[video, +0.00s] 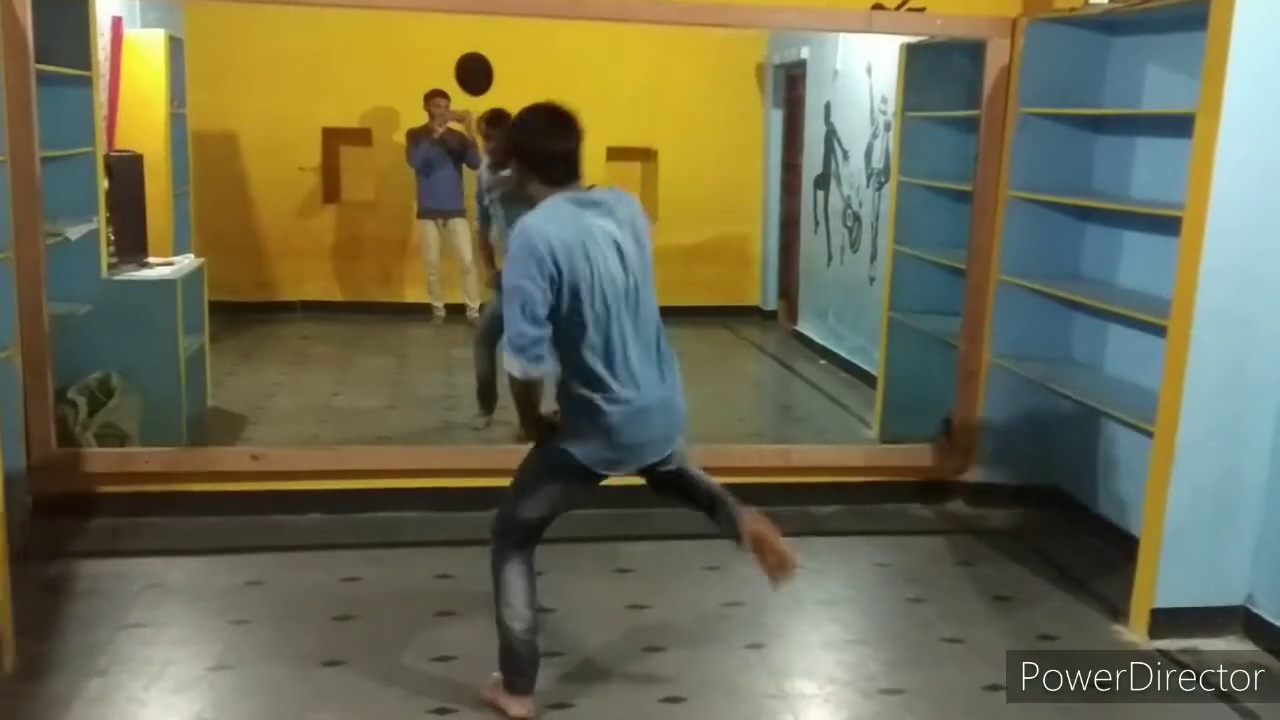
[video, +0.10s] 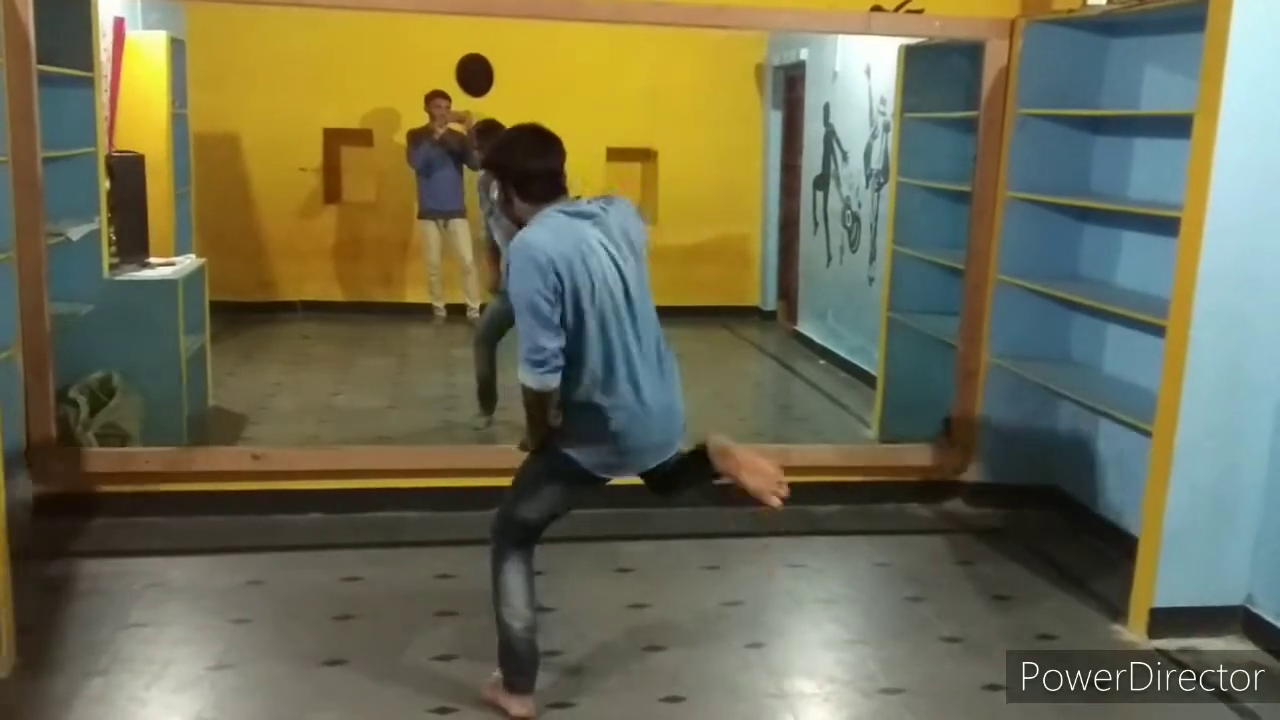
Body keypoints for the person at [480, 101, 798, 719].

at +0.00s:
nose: (503, 175)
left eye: (508, 165)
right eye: (505, 164)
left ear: (525, 170)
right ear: (575, 159)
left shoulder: (533, 233)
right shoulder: (624, 207)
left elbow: (525, 355)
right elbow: (626, 296)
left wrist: (532, 425)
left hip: (598, 425)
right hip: (663, 410)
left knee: (512, 534)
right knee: (665, 471)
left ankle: (517, 687)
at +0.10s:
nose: (495, 199)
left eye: (495, 188)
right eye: (493, 188)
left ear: (509, 191)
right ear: (562, 177)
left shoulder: (530, 250)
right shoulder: (617, 214)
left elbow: (541, 371)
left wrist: (538, 438)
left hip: (598, 430)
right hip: (661, 414)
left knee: (512, 533)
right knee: (666, 479)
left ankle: (517, 687)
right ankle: (720, 460)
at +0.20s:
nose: (511, 184)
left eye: (512, 174)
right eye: (511, 173)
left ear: (524, 175)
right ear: (575, 162)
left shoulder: (534, 227)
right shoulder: (621, 201)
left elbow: (532, 348)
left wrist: (545, 425)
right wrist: (494, 242)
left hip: (607, 414)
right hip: (673, 401)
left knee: (532, 532)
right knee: (708, 475)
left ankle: (520, 687)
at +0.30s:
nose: (529, 157)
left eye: (531, 147)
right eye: (531, 146)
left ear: (543, 150)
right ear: (597, 140)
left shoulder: (545, 207)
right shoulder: (638, 183)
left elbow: (550, 330)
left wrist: (558, 397)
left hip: (616, 399)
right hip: (689, 387)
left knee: (554, 544)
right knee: (746, 516)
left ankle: (524, 690)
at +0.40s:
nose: (562, 147)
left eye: (563, 140)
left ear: (570, 147)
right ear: (631, 138)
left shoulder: (565, 214)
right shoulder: (669, 193)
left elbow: (567, 331)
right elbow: (668, 286)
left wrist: (575, 397)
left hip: (625, 404)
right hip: (703, 397)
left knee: (565, 545)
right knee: (744, 531)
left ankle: (524, 689)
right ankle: (787, 668)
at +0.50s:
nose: (585, 147)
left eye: (585, 139)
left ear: (592, 146)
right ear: (653, 140)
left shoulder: (577, 221)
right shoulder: (701, 201)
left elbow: (581, 341)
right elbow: (735, 304)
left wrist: (585, 398)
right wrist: (687, 339)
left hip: (632, 409)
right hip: (714, 403)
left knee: (573, 546)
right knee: (747, 542)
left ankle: (525, 688)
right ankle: (784, 673)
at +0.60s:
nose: (611, 143)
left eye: (608, 134)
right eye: (668, 133)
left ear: (609, 143)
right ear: (672, 141)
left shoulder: (583, 224)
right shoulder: (717, 211)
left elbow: (586, 339)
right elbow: (770, 309)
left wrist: (585, 397)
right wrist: (762, 379)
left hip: (629, 412)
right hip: (713, 407)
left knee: (576, 545)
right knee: (751, 541)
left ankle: (526, 688)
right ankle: (784, 674)